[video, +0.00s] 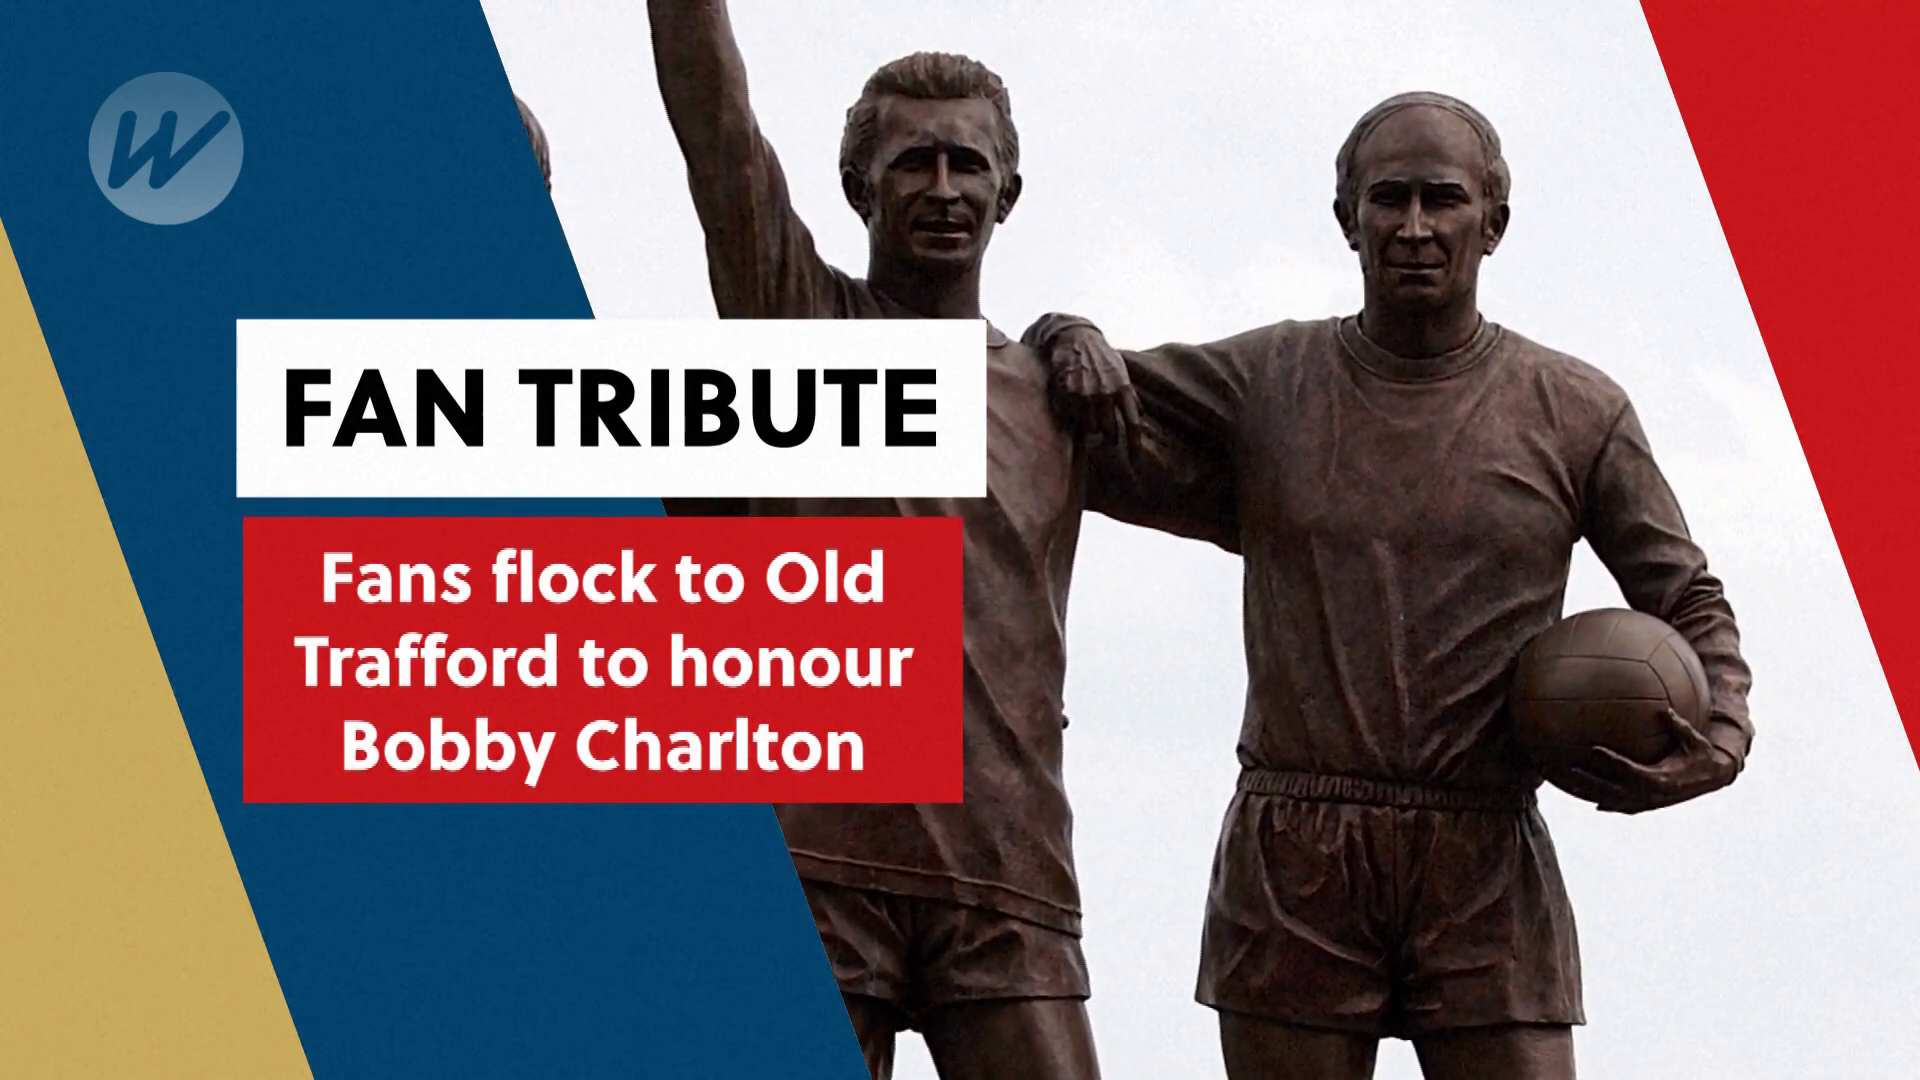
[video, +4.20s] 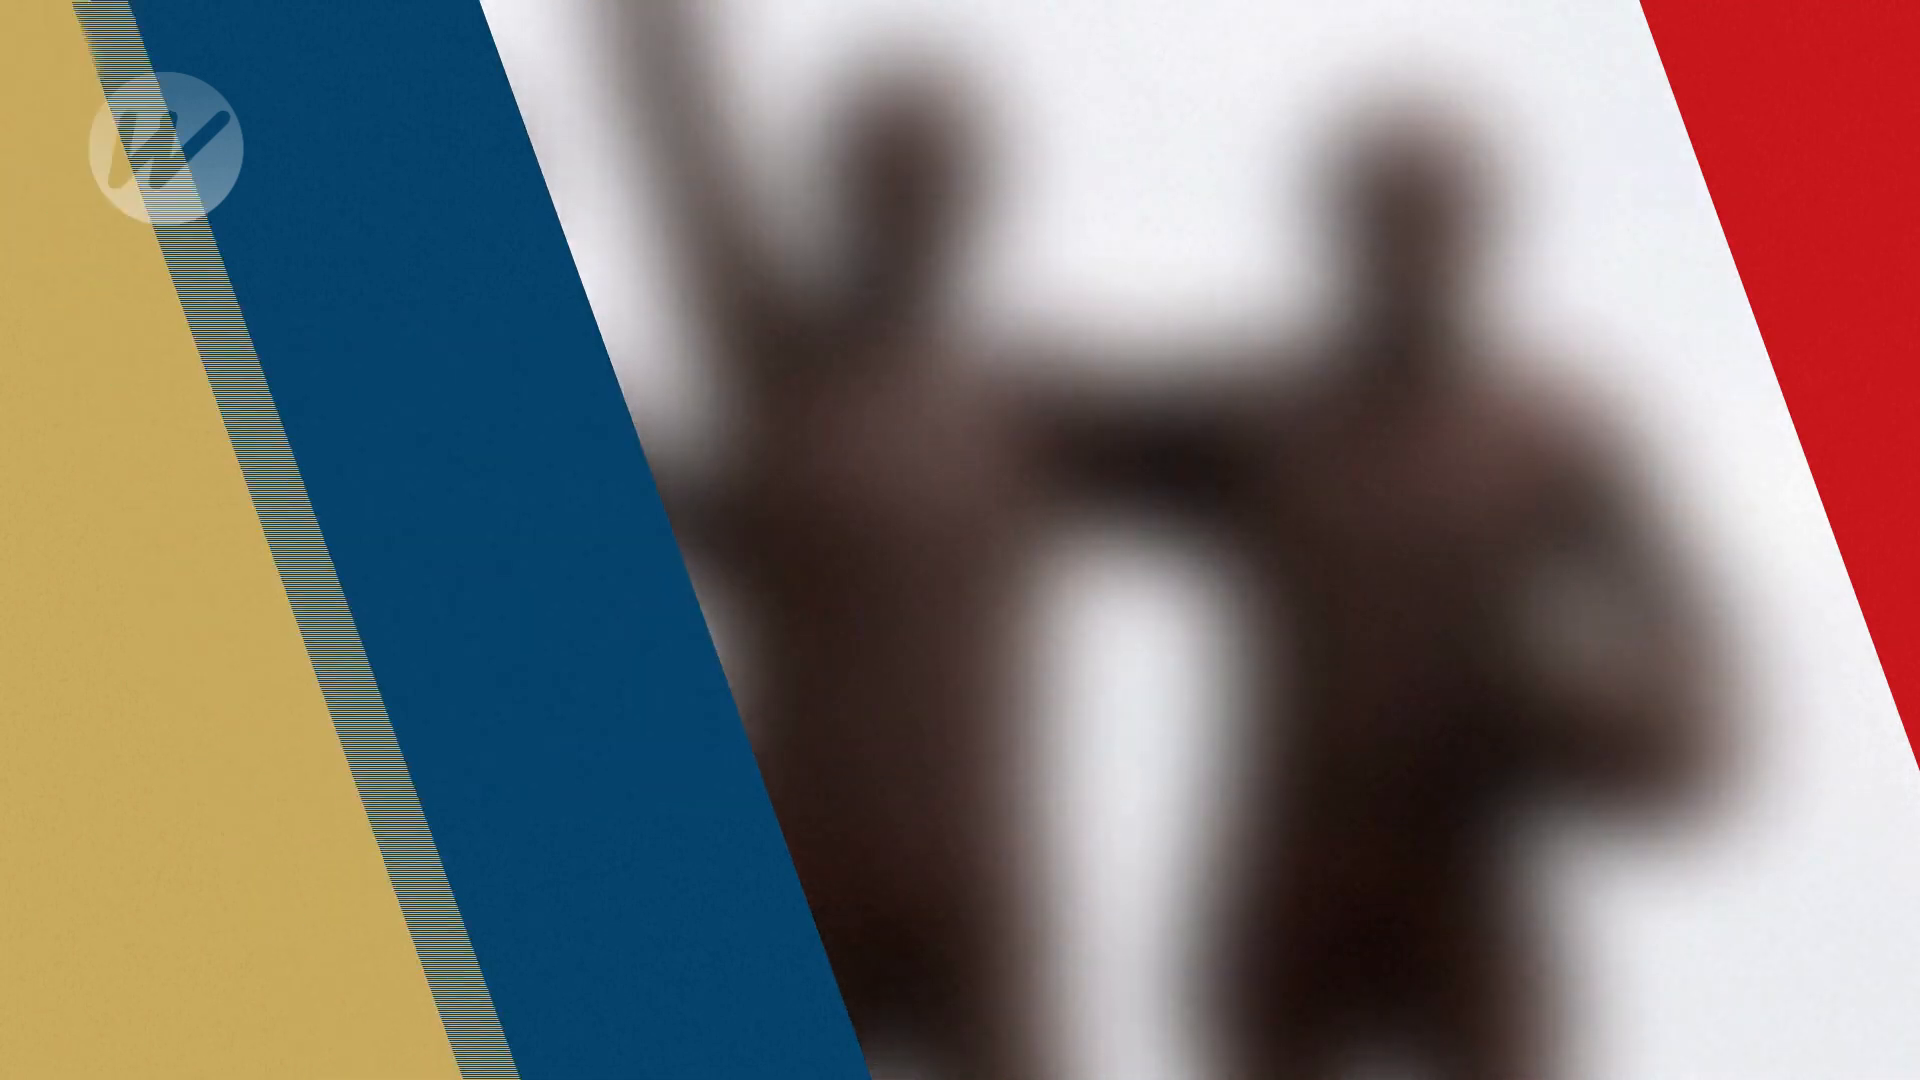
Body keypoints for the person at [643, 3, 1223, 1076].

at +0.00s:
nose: (944, 185)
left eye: (968, 162)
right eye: (913, 162)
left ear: (1006, 192)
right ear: (860, 187)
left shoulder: (1060, 397)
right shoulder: (794, 325)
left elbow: (1269, 496)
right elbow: (714, 127)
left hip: (1007, 871)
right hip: (813, 870)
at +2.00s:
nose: (922, 193)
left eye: (948, 170)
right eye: (891, 169)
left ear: (987, 202)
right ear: (837, 196)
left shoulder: (1041, 406)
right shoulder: (770, 336)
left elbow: (1245, 508)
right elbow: (689, 130)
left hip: (989, 897)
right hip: (796, 891)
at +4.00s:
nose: (911, 205)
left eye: (935, 176)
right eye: (888, 174)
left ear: (967, 192)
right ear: (850, 185)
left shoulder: (1011, 413)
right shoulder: (788, 384)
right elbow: (681, 133)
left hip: (967, 885)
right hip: (805, 884)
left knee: (1003, 1051)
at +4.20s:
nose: (907, 209)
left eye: (930, 180)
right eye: (887, 177)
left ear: (960, 198)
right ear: (850, 187)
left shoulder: (1001, 414)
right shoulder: (793, 379)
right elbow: (684, 136)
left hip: (962, 870)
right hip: (805, 869)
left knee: (998, 1049)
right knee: (790, 1046)